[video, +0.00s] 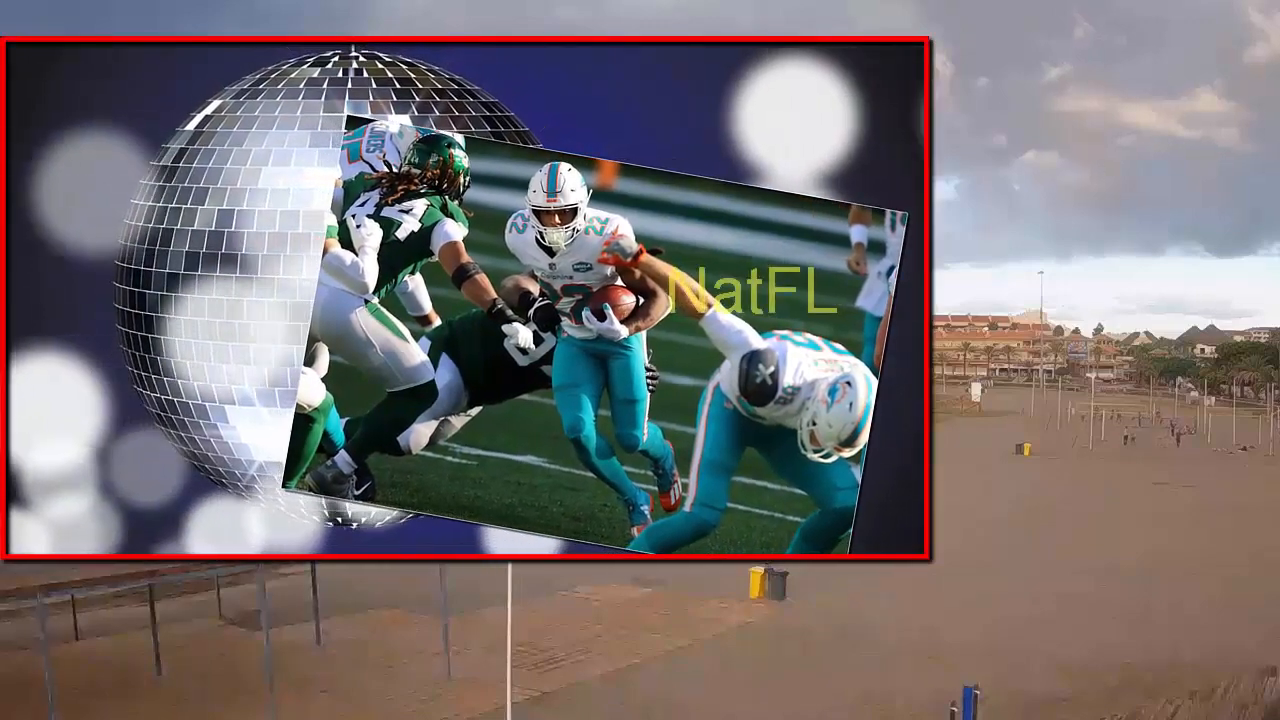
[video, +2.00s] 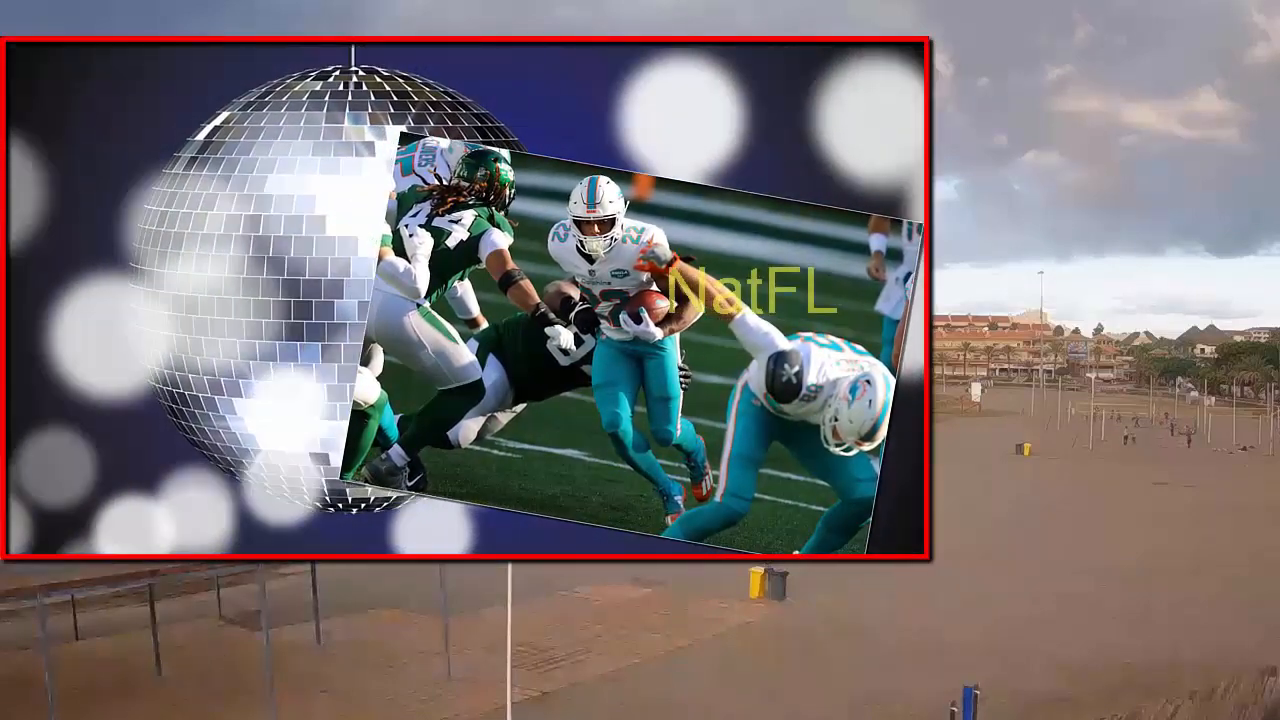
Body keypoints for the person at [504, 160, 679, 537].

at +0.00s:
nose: (554, 221)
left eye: (563, 213)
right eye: (545, 213)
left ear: (580, 206)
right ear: (533, 209)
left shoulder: (612, 234)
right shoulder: (519, 233)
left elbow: (660, 296)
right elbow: (543, 274)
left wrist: (628, 329)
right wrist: (542, 305)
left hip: (623, 341)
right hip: (573, 340)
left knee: (630, 438)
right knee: (578, 432)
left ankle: (664, 463)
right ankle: (636, 501)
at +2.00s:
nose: (594, 231)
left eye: (602, 223)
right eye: (585, 223)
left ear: (618, 218)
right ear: (573, 220)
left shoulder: (648, 242)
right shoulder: (561, 241)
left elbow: (696, 298)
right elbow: (583, 280)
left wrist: (662, 331)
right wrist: (582, 308)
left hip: (657, 341)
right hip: (610, 341)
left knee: (665, 432)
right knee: (616, 425)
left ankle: (697, 452)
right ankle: (670, 491)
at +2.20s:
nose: (597, 232)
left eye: (605, 224)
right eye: (589, 225)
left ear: (621, 218)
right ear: (577, 221)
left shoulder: (652, 243)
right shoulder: (565, 243)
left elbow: (699, 302)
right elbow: (590, 282)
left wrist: (665, 332)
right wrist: (590, 310)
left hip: (662, 343)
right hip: (615, 342)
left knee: (669, 432)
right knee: (619, 426)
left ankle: (701, 459)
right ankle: (673, 491)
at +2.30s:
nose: (599, 232)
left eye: (607, 224)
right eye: (591, 225)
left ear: (623, 219)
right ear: (580, 221)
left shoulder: (654, 243)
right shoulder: (566, 243)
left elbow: (700, 302)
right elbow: (591, 282)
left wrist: (667, 332)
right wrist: (590, 310)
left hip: (663, 343)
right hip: (617, 342)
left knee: (670, 432)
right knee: (621, 426)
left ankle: (702, 458)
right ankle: (675, 490)